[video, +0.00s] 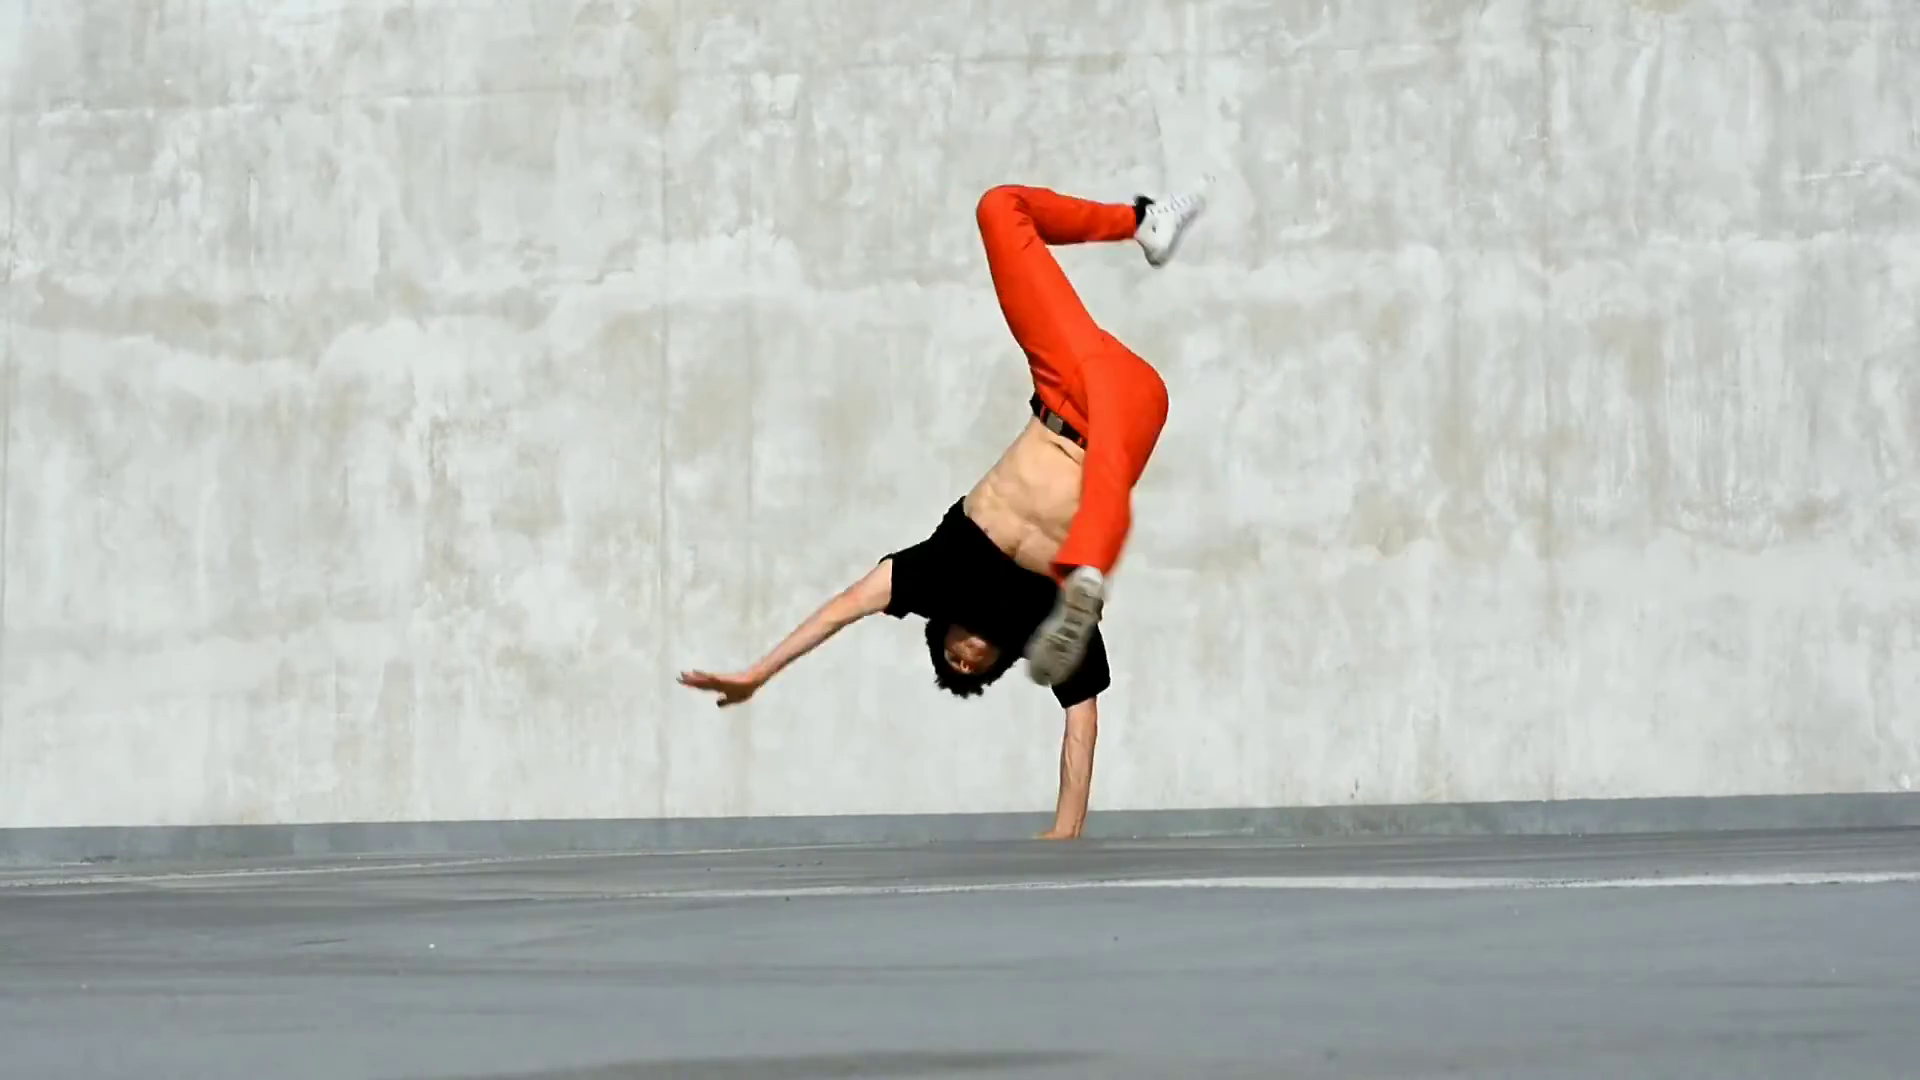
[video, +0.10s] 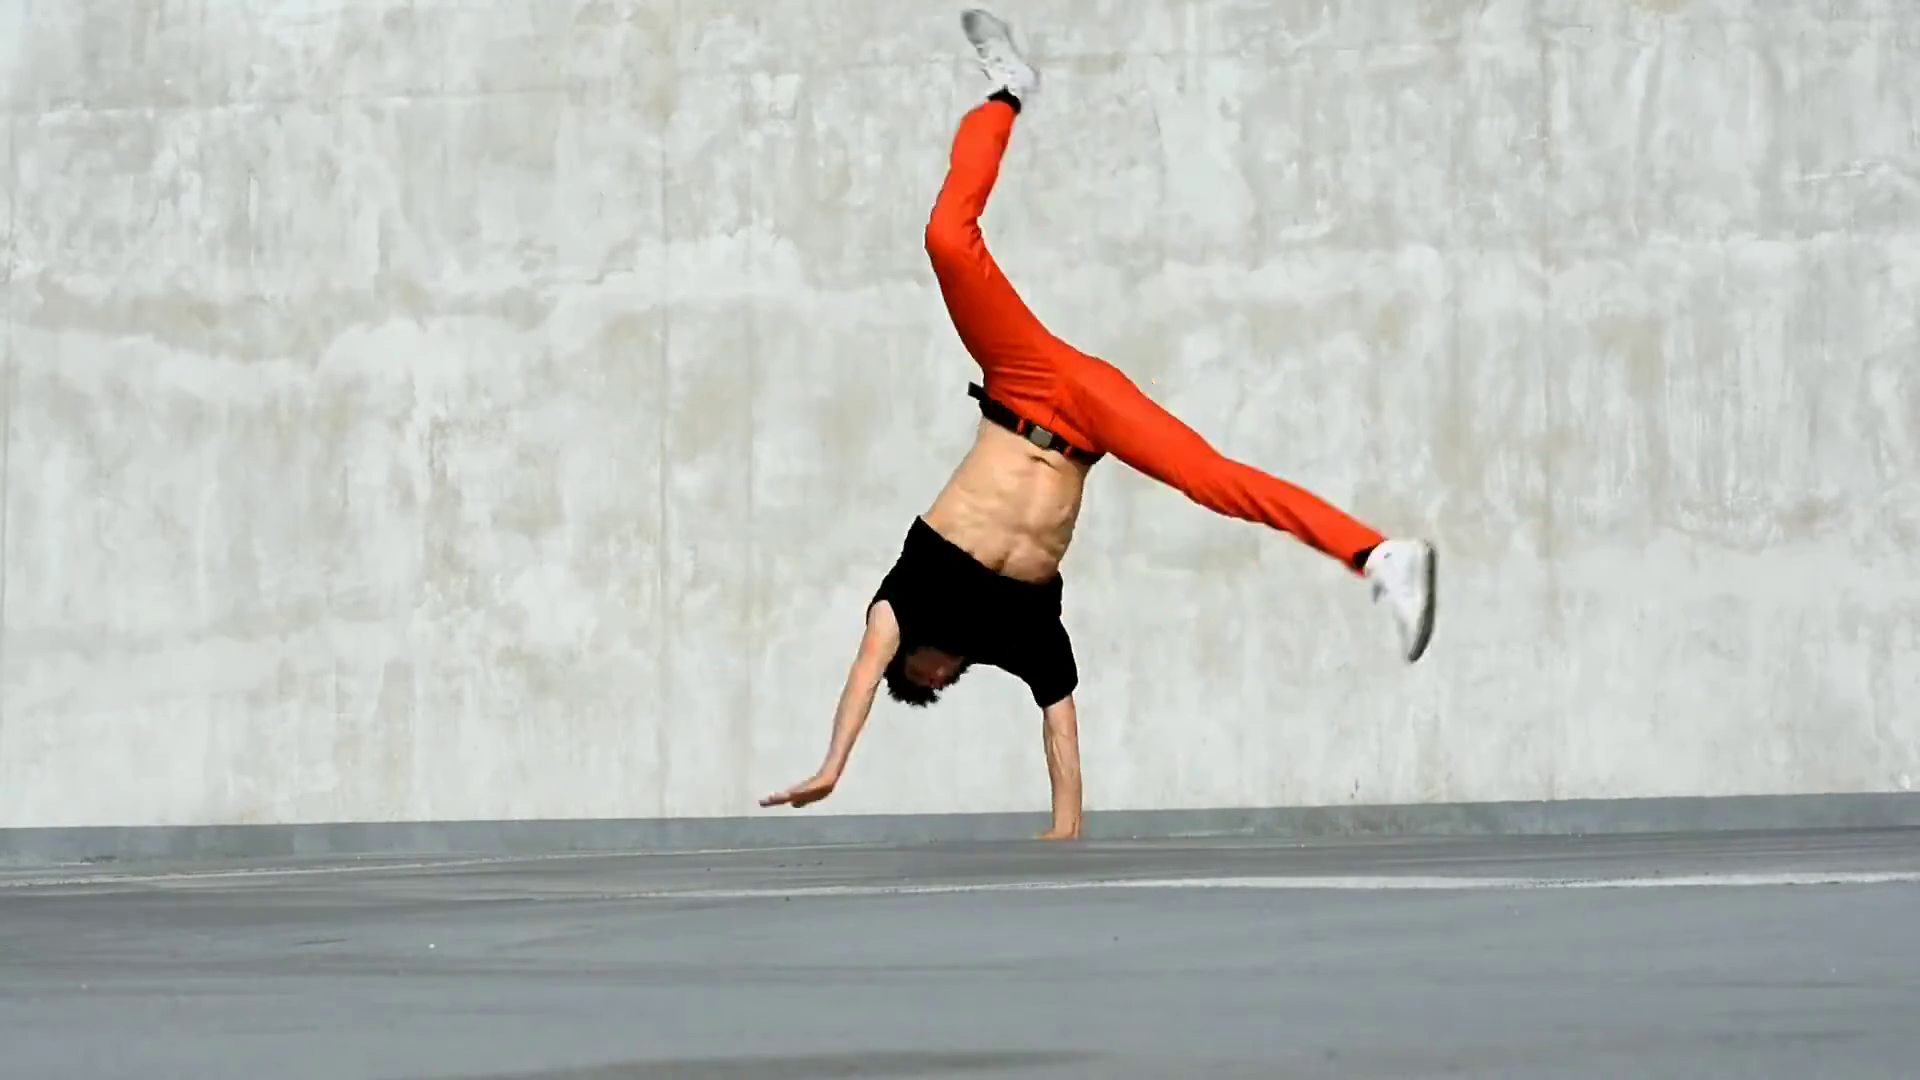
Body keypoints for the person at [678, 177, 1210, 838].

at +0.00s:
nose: (975, 663)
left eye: (963, 664)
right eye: (978, 668)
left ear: (947, 639)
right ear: (990, 656)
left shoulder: (937, 571)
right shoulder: (1058, 628)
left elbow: (845, 610)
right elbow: (1082, 727)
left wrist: (755, 676)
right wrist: (1067, 834)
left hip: (1062, 369)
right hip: (1134, 389)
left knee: (1001, 206)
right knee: (1109, 479)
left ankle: (1141, 222)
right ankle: (1084, 591)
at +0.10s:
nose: (936, 691)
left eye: (925, 688)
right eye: (932, 690)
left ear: (912, 652)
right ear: (952, 663)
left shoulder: (904, 603)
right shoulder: (1043, 642)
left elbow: (868, 675)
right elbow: (1061, 737)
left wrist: (831, 770)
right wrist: (1066, 832)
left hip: (1022, 379)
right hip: (1099, 405)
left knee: (948, 234)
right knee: (1218, 482)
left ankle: (1002, 92)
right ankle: (1378, 558)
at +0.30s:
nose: (874, 694)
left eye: (862, 685)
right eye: (864, 692)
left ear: (859, 652)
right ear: (882, 655)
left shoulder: (894, 606)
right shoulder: (971, 631)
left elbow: (899, 707)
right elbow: (1020, 716)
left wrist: (880, 826)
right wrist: (1060, 816)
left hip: (968, 376)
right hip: (1010, 375)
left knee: (1044, 441)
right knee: (1138, 366)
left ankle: (1132, 515)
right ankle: (1154, 209)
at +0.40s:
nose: (871, 681)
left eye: (855, 677)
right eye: (857, 678)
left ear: (854, 648)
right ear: (850, 634)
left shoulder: (911, 605)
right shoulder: (918, 587)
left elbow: (906, 715)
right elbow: (957, 648)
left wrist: (881, 825)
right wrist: (971, 732)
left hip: (993, 391)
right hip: (951, 362)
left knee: (1111, 526)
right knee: (1008, 316)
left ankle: (1261, 657)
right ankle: (946, 239)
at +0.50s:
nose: (807, 668)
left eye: (800, 667)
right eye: (788, 656)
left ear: (831, 650)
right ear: (796, 608)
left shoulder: (907, 626)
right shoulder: (817, 527)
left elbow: (905, 722)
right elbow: (745, 495)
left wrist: (883, 827)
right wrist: (729, 599)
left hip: (1043, 411)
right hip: (971, 368)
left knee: (1153, 458)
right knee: (934, 217)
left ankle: (1277, 488)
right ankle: (1002, 231)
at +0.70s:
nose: (822, 538)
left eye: (804, 540)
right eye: (823, 556)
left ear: (790, 526)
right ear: (837, 566)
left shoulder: (795, 483)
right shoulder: (911, 552)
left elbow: (695, 520)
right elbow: (959, 644)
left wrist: (657, 620)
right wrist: (900, 750)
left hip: (980, 362)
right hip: (1032, 394)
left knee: (1003, 216)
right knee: (1154, 272)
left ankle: (1145, 252)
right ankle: (1279, 149)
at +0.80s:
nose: (882, 596)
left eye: (865, 584)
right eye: (870, 608)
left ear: (850, 549)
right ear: (860, 613)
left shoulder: (854, 489)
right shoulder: (922, 620)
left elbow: (791, 424)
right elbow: (927, 714)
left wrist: (680, 444)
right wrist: (922, 825)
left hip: (978, 362)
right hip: (1048, 409)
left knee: (932, 185)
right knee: (1192, 366)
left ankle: (918, 311)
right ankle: (1345, 322)